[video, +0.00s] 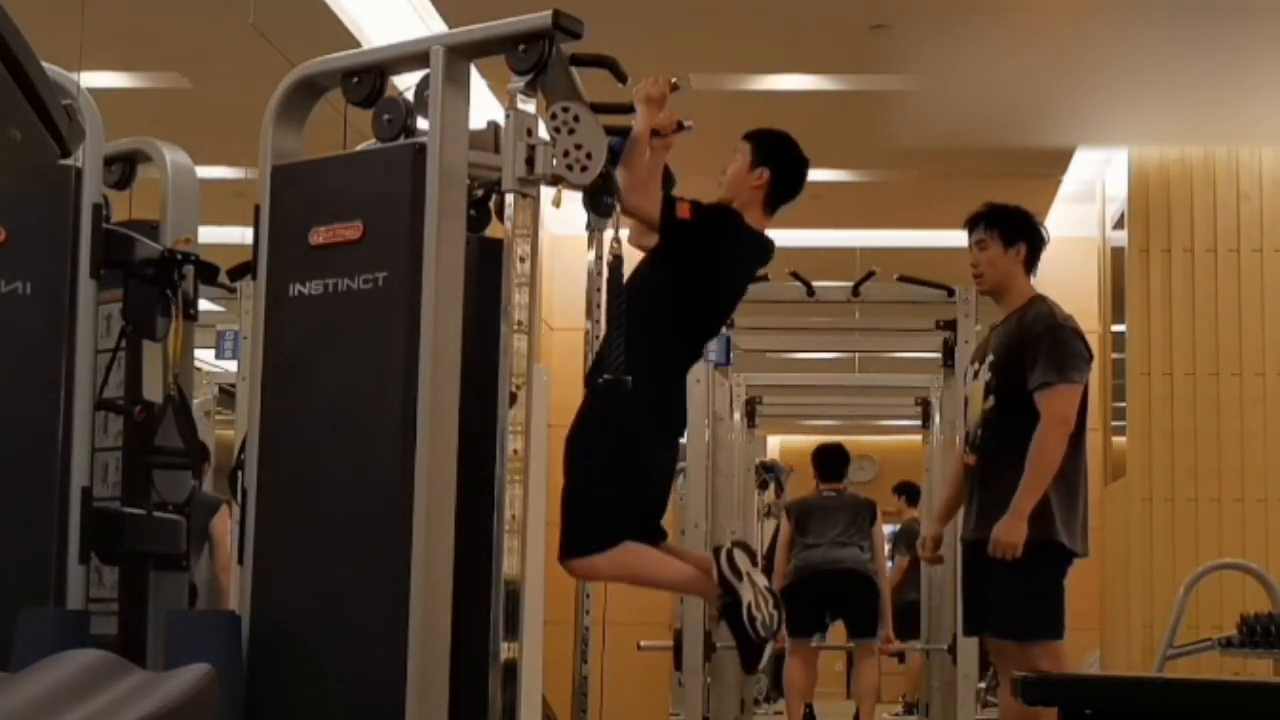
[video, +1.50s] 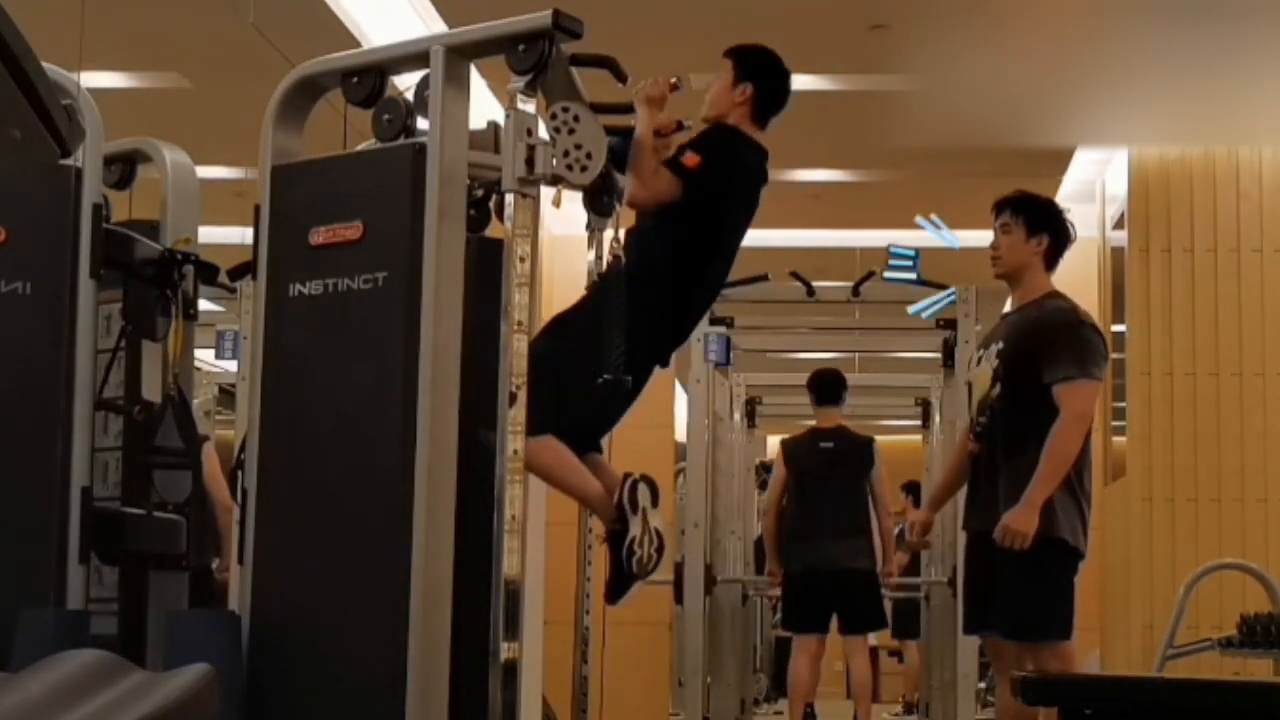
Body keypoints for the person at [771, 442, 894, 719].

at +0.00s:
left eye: (817, 467)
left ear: (814, 471)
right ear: (847, 471)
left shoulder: (794, 509)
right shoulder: (868, 508)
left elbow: (780, 570)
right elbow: (881, 571)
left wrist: (781, 622)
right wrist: (887, 625)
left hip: (806, 587)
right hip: (858, 586)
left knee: (800, 653)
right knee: (866, 653)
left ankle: (796, 716)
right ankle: (865, 715)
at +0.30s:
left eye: (819, 483)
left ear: (814, 488)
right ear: (847, 487)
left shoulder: (795, 523)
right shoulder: (868, 522)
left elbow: (780, 584)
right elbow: (882, 582)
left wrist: (777, 640)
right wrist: (886, 637)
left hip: (806, 592)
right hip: (858, 590)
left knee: (797, 653)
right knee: (866, 655)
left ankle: (799, 713)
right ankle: (865, 715)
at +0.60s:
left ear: (816, 482)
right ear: (848, 481)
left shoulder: (795, 517)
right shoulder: (869, 517)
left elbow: (782, 580)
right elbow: (882, 579)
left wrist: (776, 636)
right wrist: (886, 634)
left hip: (807, 588)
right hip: (858, 586)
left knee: (798, 652)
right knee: (866, 652)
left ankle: (796, 714)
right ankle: (865, 715)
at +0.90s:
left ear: (818, 428)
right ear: (850, 428)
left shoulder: (796, 473)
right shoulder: (871, 472)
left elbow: (782, 535)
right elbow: (882, 534)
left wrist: (774, 586)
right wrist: (889, 587)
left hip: (806, 574)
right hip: (856, 573)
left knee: (802, 649)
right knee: (862, 649)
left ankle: (796, 715)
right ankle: (865, 714)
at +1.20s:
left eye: (818, 394)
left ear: (814, 398)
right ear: (847, 397)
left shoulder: (792, 447)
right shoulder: (869, 446)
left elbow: (771, 509)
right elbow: (887, 510)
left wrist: (772, 561)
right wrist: (891, 559)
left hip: (807, 567)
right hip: (857, 565)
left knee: (805, 650)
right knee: (859, 650)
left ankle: (797, 716)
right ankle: (864, 715)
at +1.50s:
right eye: (841, 396)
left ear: (811, 399)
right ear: (845, 398)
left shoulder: (790, 448)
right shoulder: (866, 447)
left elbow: (770, 509)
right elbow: (884, 510)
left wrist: (772, 560)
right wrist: (889, 558)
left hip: (805, 567)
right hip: (854, 566)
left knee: (805, 649)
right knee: (857, 649)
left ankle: (797, 715)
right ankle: (864, 714)